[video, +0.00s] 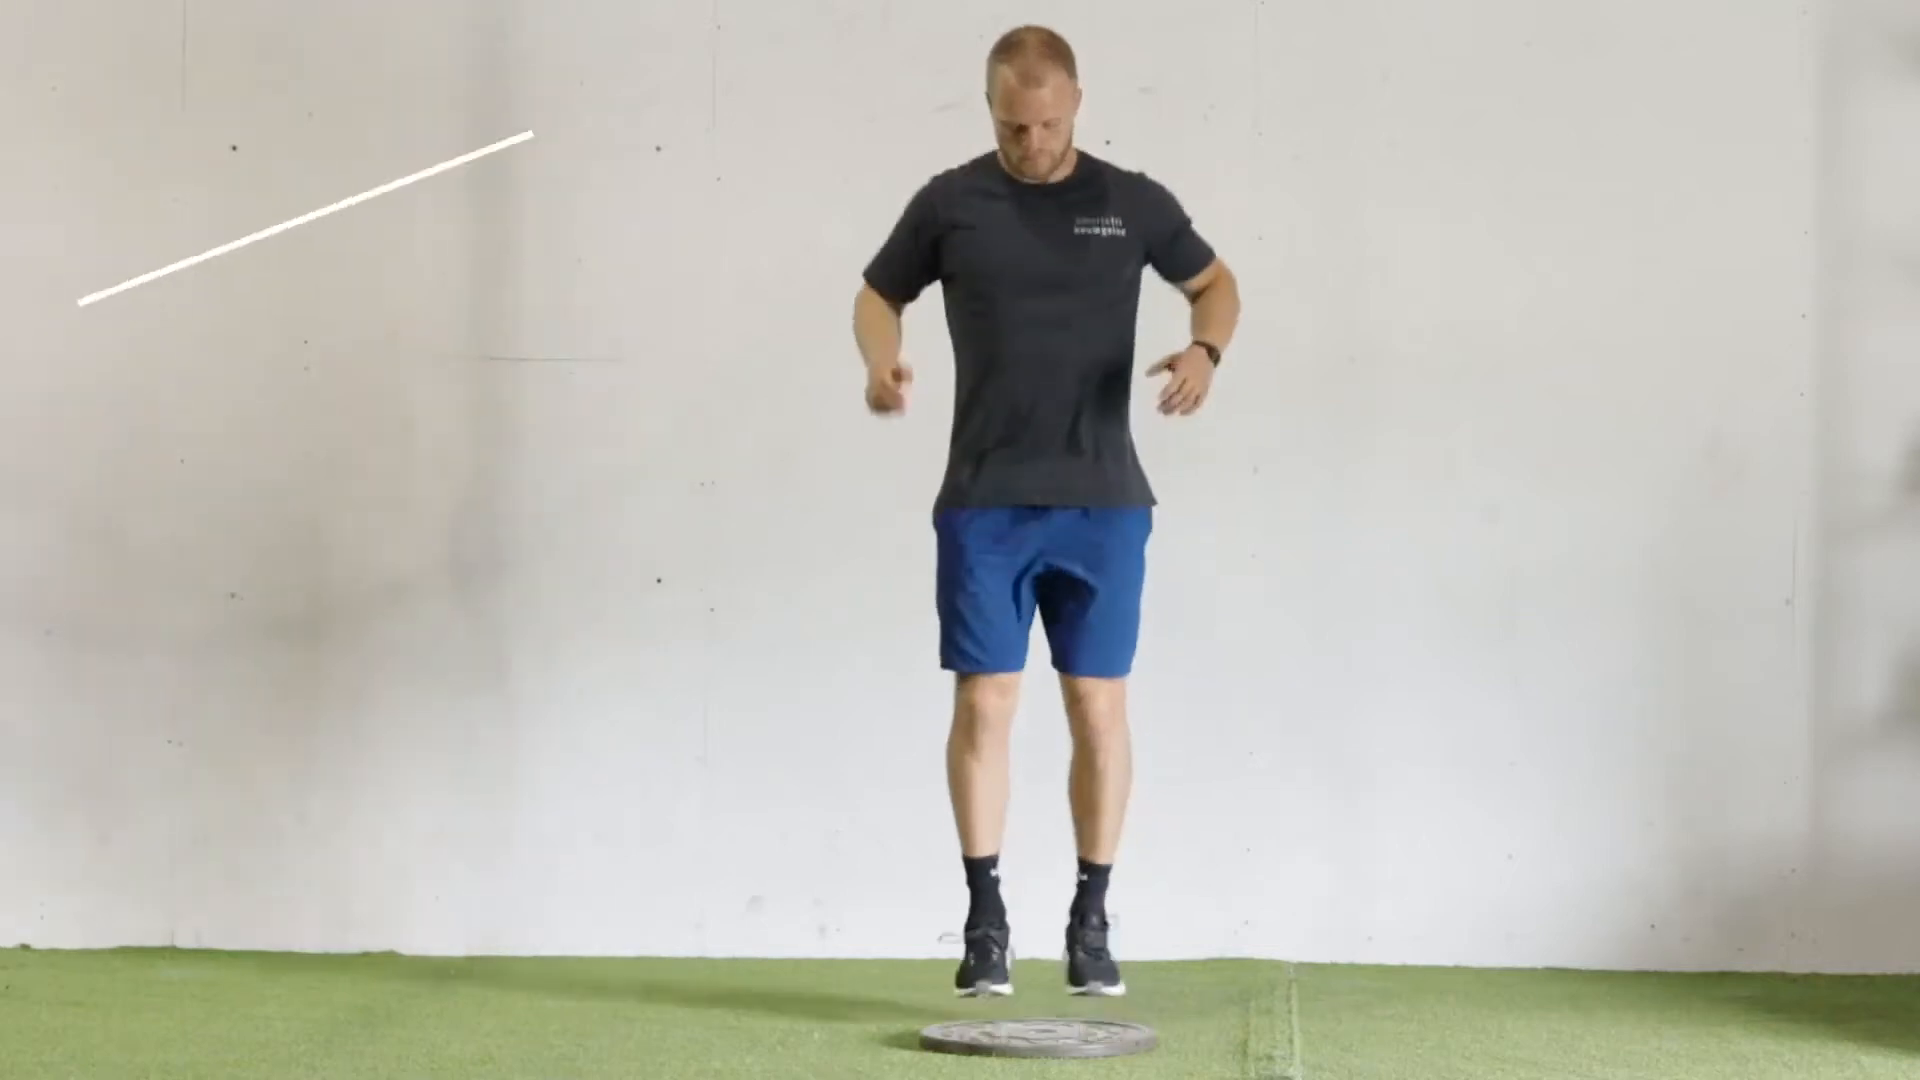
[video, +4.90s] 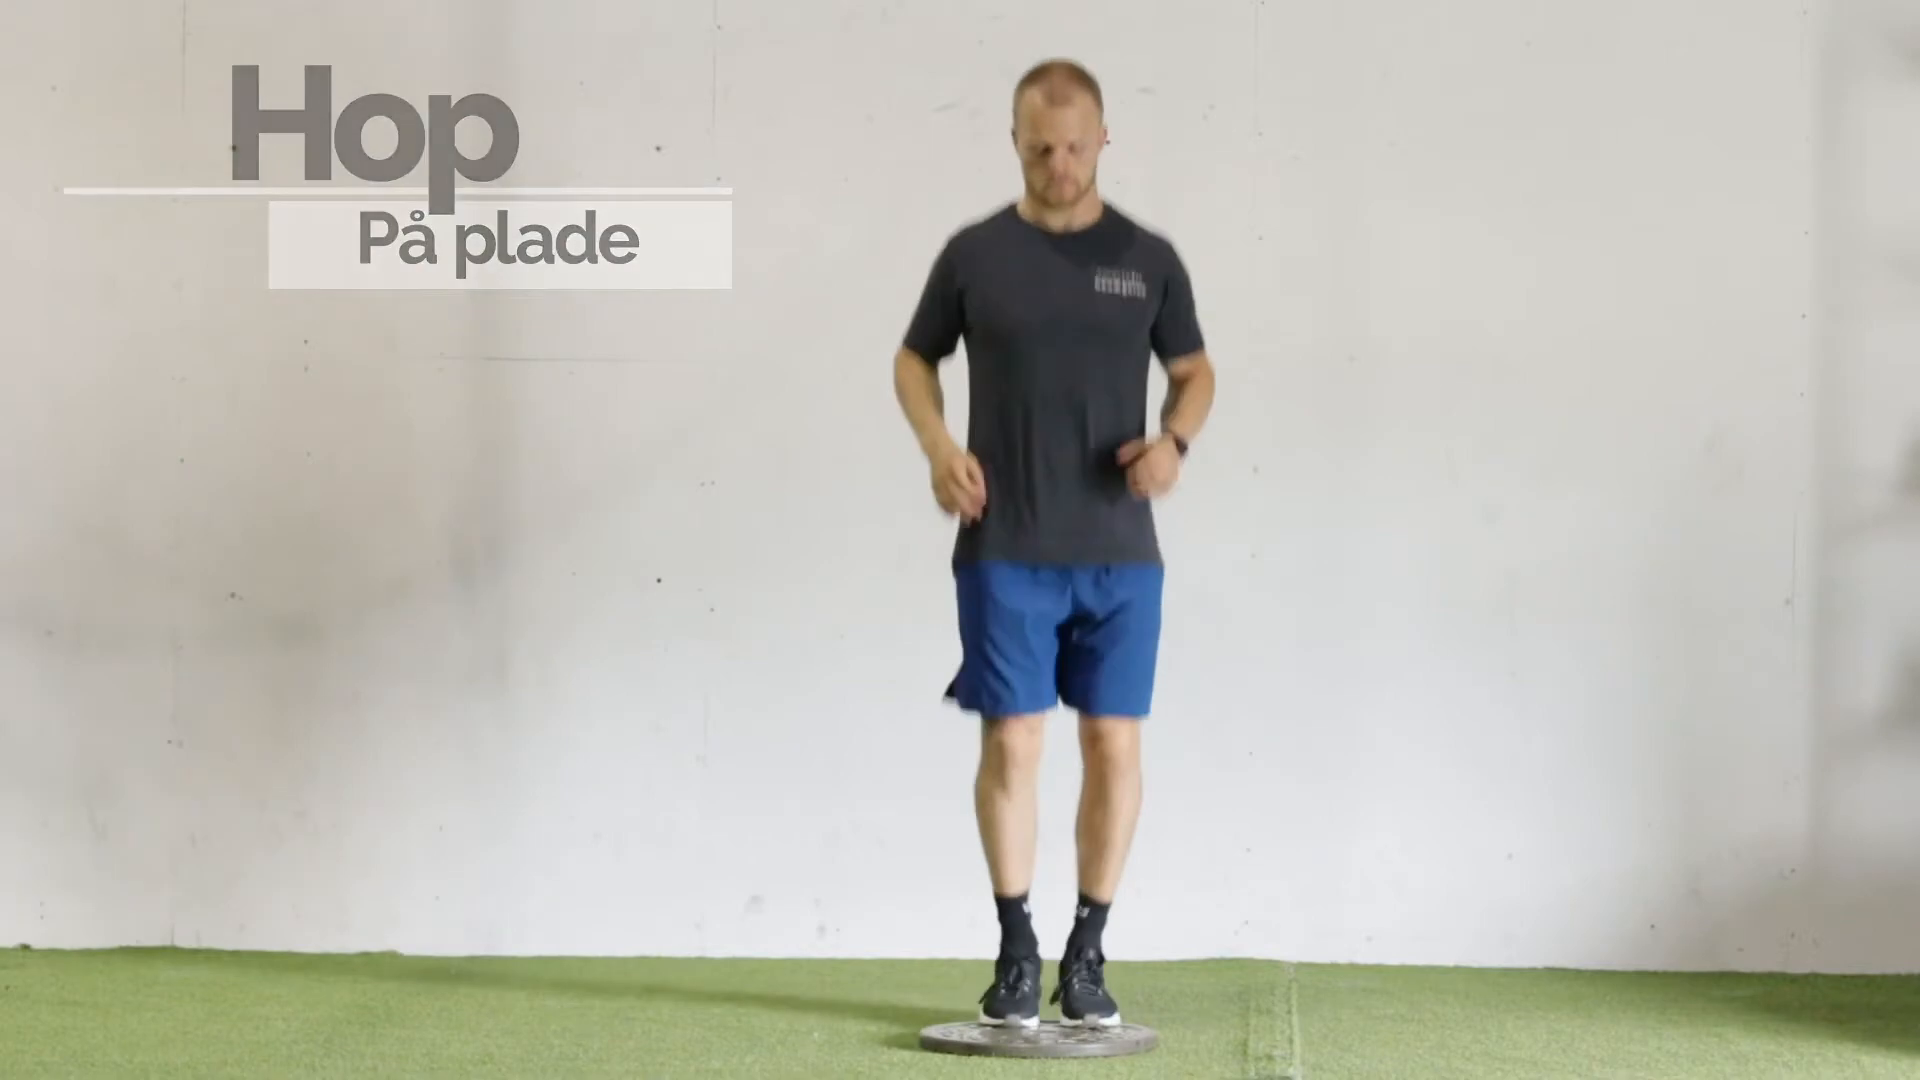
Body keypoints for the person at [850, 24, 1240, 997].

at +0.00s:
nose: (1035, 143)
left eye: (1050, 125)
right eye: (1017, 127)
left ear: (1077, 105)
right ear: (991, 112)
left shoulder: (1131, 201)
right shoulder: (950, 201)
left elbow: (1214, 283)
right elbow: (879, 294)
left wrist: (1204, 350)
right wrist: (882, 359)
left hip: (1101, 496)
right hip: (984, 497)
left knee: (1098, 710)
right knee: (984, 706)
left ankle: (1091, 919)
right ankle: (985, 920)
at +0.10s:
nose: (1034, 157)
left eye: (1048, 139)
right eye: (1017, 141)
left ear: (1077, 120)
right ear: (991, 128)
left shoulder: (1130, 220)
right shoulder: (948, 222)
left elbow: (1202, 317)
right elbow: (891, 325)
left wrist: (1191, 397)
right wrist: (893, 424)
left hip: (1099, 511)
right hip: (984, 511)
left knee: (1091, 726)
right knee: (988, 723)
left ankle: (1078, 947)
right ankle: (991, 947)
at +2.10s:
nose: (1037, 175)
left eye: (1053, 157)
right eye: (1020, 159)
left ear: (1082, 149)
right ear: (997, 155)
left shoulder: (1133, 259)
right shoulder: (956, 263)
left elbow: (1187, 363)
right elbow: (902, 372)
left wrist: (1177, 451)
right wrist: (914, 479)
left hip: (1114, 548)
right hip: (1000, 548)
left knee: (1104, 747)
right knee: (1009, 747)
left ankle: (1083, 962)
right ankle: (1020, 961)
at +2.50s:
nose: (1033, 203)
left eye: (1049, 185)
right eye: (1015, 187)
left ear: (1078, 180)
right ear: (993, 187)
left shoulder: (1132, 292)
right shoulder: (954, 297)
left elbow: (1196, 393)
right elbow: (892, 410)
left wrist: (1183, 442)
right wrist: (926, 437)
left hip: (1100, 580)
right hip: (992, 581)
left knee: (1097, 782)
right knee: (992, 780)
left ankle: (1080, 950)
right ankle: (997, 948)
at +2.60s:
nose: (1040, 122)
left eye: (1055, 106)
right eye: (1023, 107)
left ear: (1084, 100)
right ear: (1001, 105)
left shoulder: (1133, 205)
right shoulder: (960, 202)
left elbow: (1212, 285)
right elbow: (867, 296)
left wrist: (1204, 325)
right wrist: (907, 297)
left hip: (1106, 491)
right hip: (992, 490)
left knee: (1105, 703)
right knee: (986, 698)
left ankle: (1094, 905)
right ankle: (987, 900)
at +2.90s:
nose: (1048, 166)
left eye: (1064, 149)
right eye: (1031, 150)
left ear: (1093, 147)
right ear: (1008, 150)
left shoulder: (1139, 259)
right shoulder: (964, 254)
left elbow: (1202, 361)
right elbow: (895, 354)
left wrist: (1196, 443)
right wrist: (927, 439)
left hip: (1104, 537)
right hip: (993, 533)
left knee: (1089, 746)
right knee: (1006, 747)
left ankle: (1067, 960)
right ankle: (1010, 960)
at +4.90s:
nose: (1056, 163)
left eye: (1072, 146)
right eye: (1039, 147)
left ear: (1101, 142)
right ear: (1016, 144)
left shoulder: (1148, 258)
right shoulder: (973, 253)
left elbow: (1194, 373)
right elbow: (913, 361)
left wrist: (1173, 441)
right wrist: (939, 447)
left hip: (1121, 547)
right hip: (1008, 544)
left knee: (1112, 743)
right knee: (1012, 743)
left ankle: (1086, 957)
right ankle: (1016, 955)